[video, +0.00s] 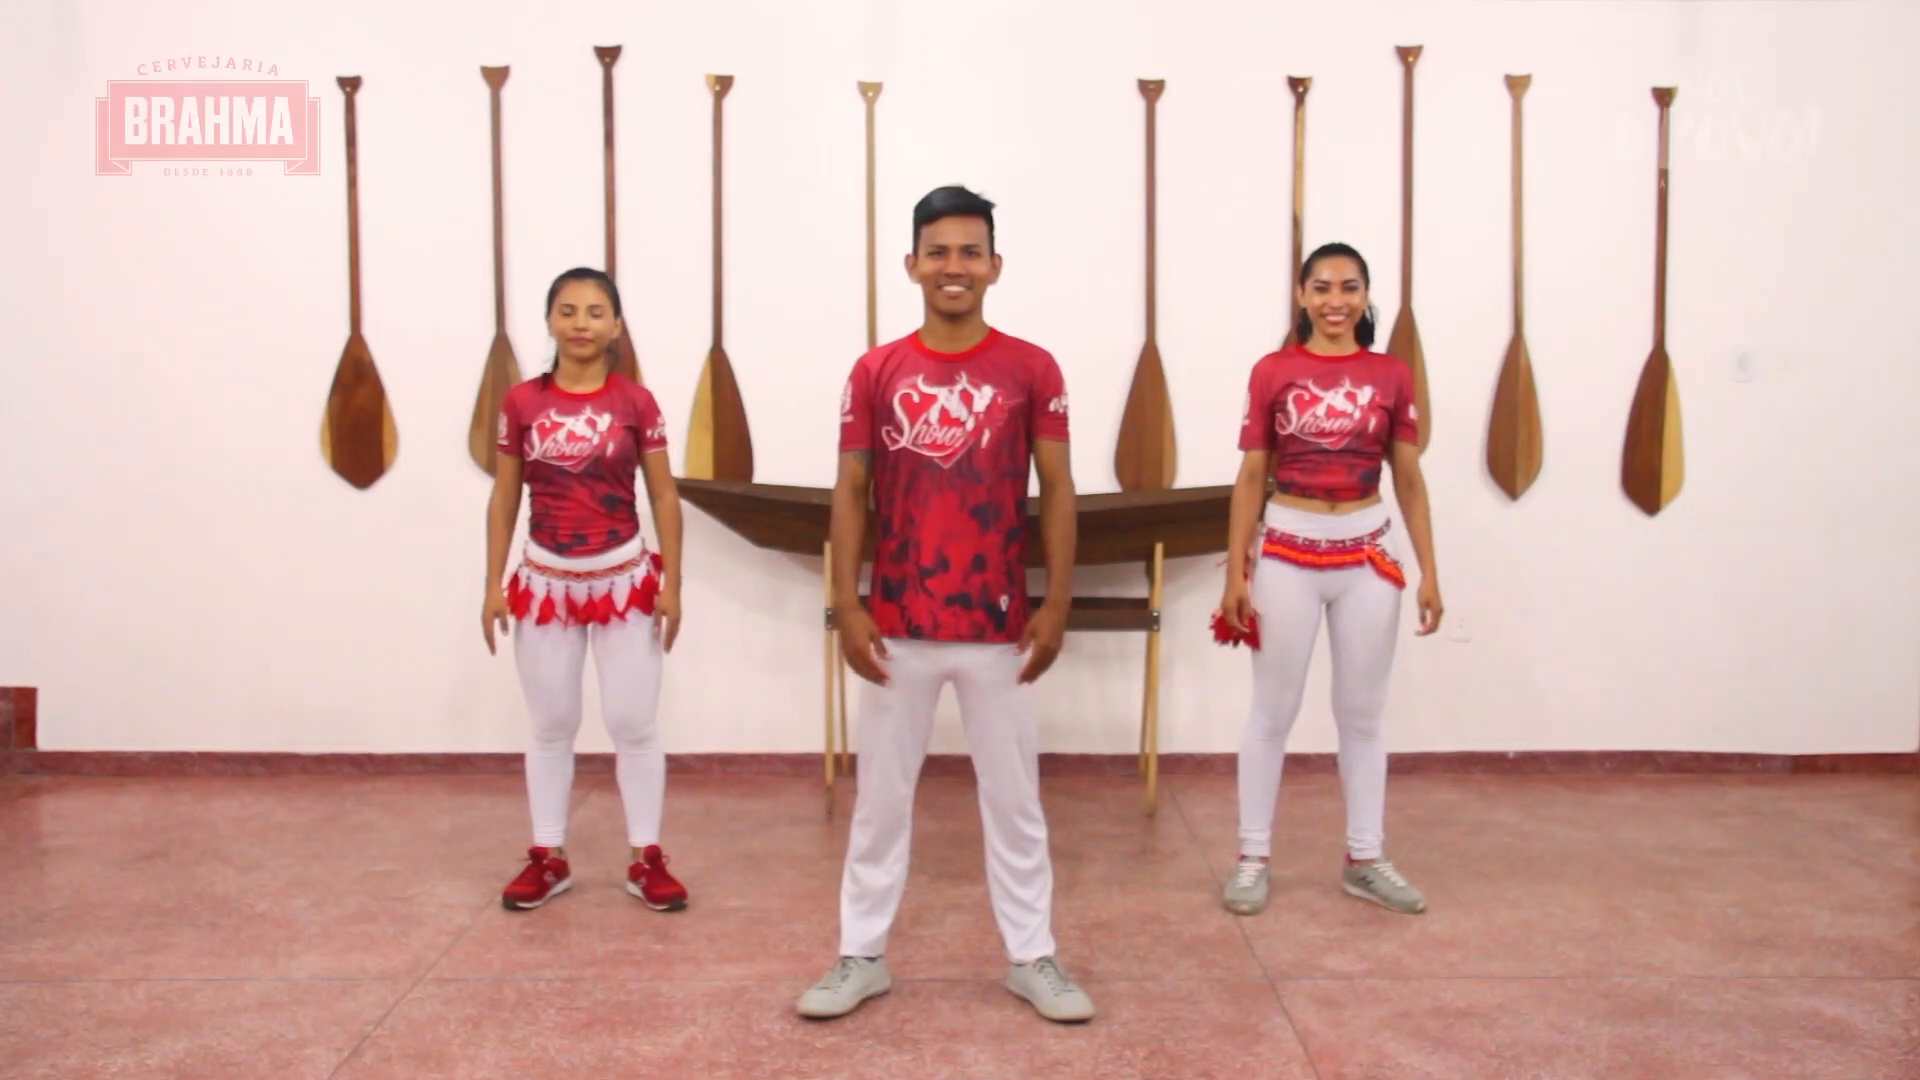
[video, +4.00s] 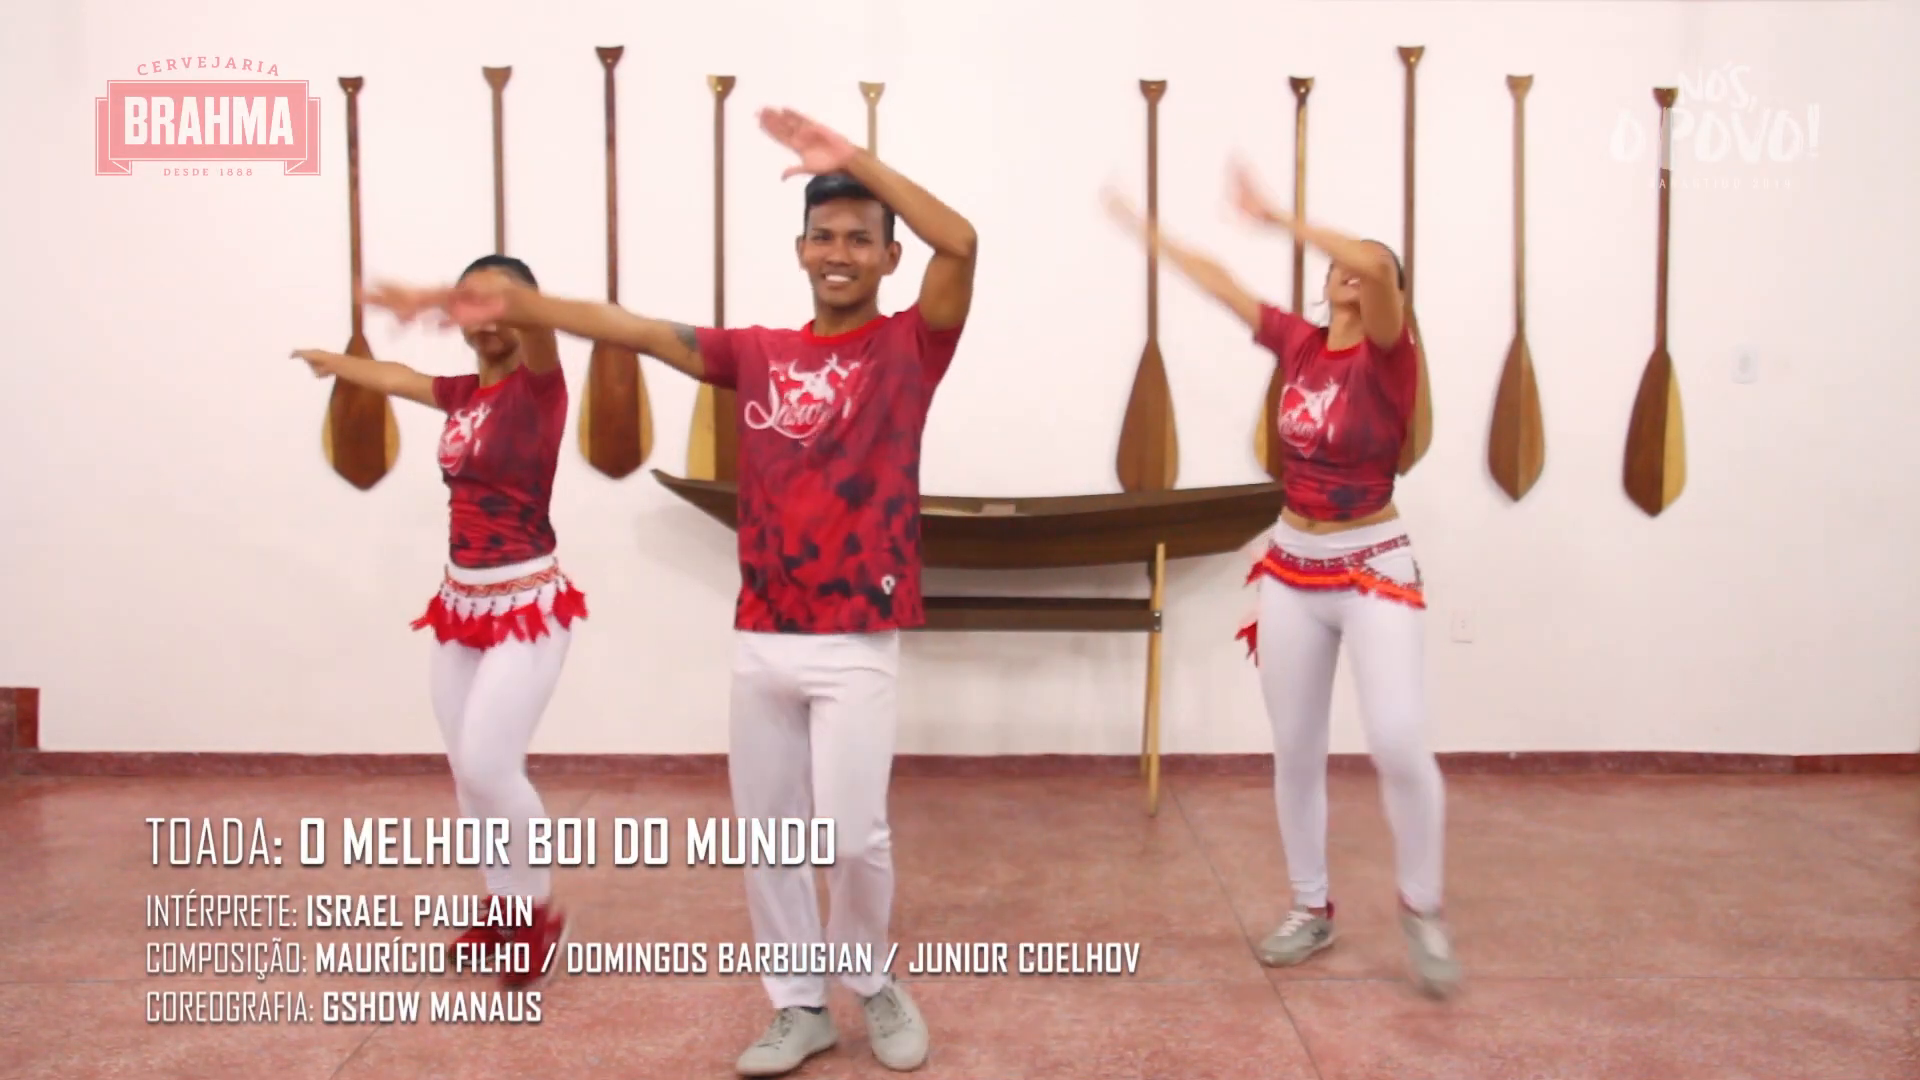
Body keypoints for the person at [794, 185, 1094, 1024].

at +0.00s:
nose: (955, 266)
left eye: (971, 252)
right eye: (939, 252)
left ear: (993, 264)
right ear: (914, 265)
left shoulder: (1032, 369)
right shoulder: (875, 373)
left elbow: (1058, 490)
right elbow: (850, 494)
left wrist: (1058, 602)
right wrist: (844, 604)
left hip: (997, 625)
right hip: (898, 624)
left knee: (1014, 800)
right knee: (881, 797)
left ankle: (1032, 955)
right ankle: (861, 953)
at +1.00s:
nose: (953, 268)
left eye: (969, 253)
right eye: (937, 254)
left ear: (991, 264)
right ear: (913, 266)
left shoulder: (1031, 369)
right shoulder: (876, 374)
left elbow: (1057, 491)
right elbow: (851, 496)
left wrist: (1057, 601)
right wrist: (844, 604)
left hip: (997, 623)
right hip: (899, 622)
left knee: (1015, 800)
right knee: (881, 797)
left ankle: (1034, 955)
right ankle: (862, 954)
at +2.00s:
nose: (962, 270)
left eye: (977, 255)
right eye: (946, 256)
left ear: (998, 266)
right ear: (919, 267)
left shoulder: (1034, 371)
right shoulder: (879, 373)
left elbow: (1058, 492)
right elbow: (852, 494)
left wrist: (1059, 601)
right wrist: (845, 605)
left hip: (999, 624)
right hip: (901, 623)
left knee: (1016, 799)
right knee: (881, 796)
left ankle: (1033, 954)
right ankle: (863, 953)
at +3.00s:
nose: (954, 248)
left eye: (973, 235)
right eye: (942, 238)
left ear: (1009, 258)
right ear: (929, 265)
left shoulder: (1043, 344)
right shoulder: (914, 352)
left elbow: (1147, 297)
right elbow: (872, 301)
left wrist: (1239, 233)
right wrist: (906, 206)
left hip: (1029, 623)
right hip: (935, 624)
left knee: (1033, 803)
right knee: (878, 798)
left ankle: (1035, 958)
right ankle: (819, 975)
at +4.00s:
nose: (839, 251)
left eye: (859, 237)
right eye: (823, 235)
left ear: (888, 258)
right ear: (800, 254)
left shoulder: (910, 351)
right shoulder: (757, 352)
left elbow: (960, 243)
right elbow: (626, 324)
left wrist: (853, 157)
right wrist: (508, 299)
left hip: (860, 643)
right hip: (766, 641)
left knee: (854, 837)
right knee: (770, 838)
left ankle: (875, 985)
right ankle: (801, 1007)